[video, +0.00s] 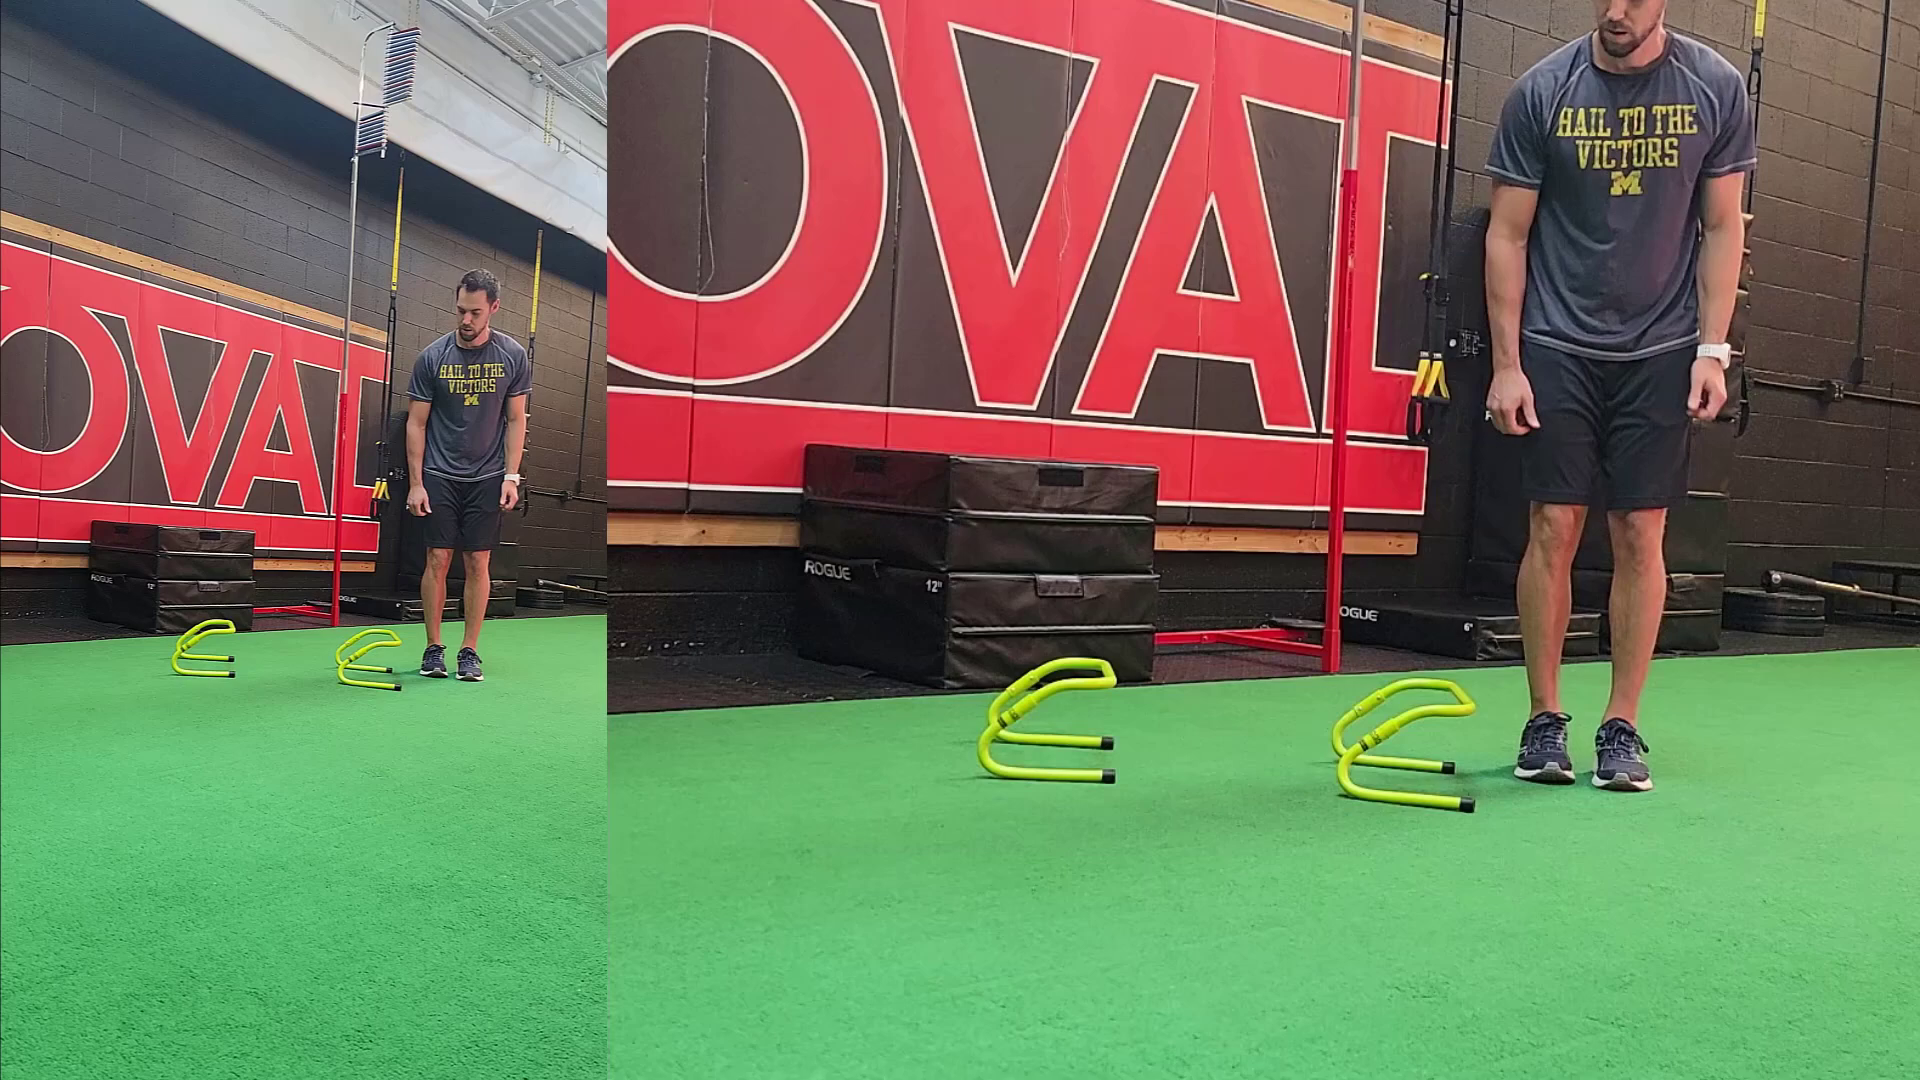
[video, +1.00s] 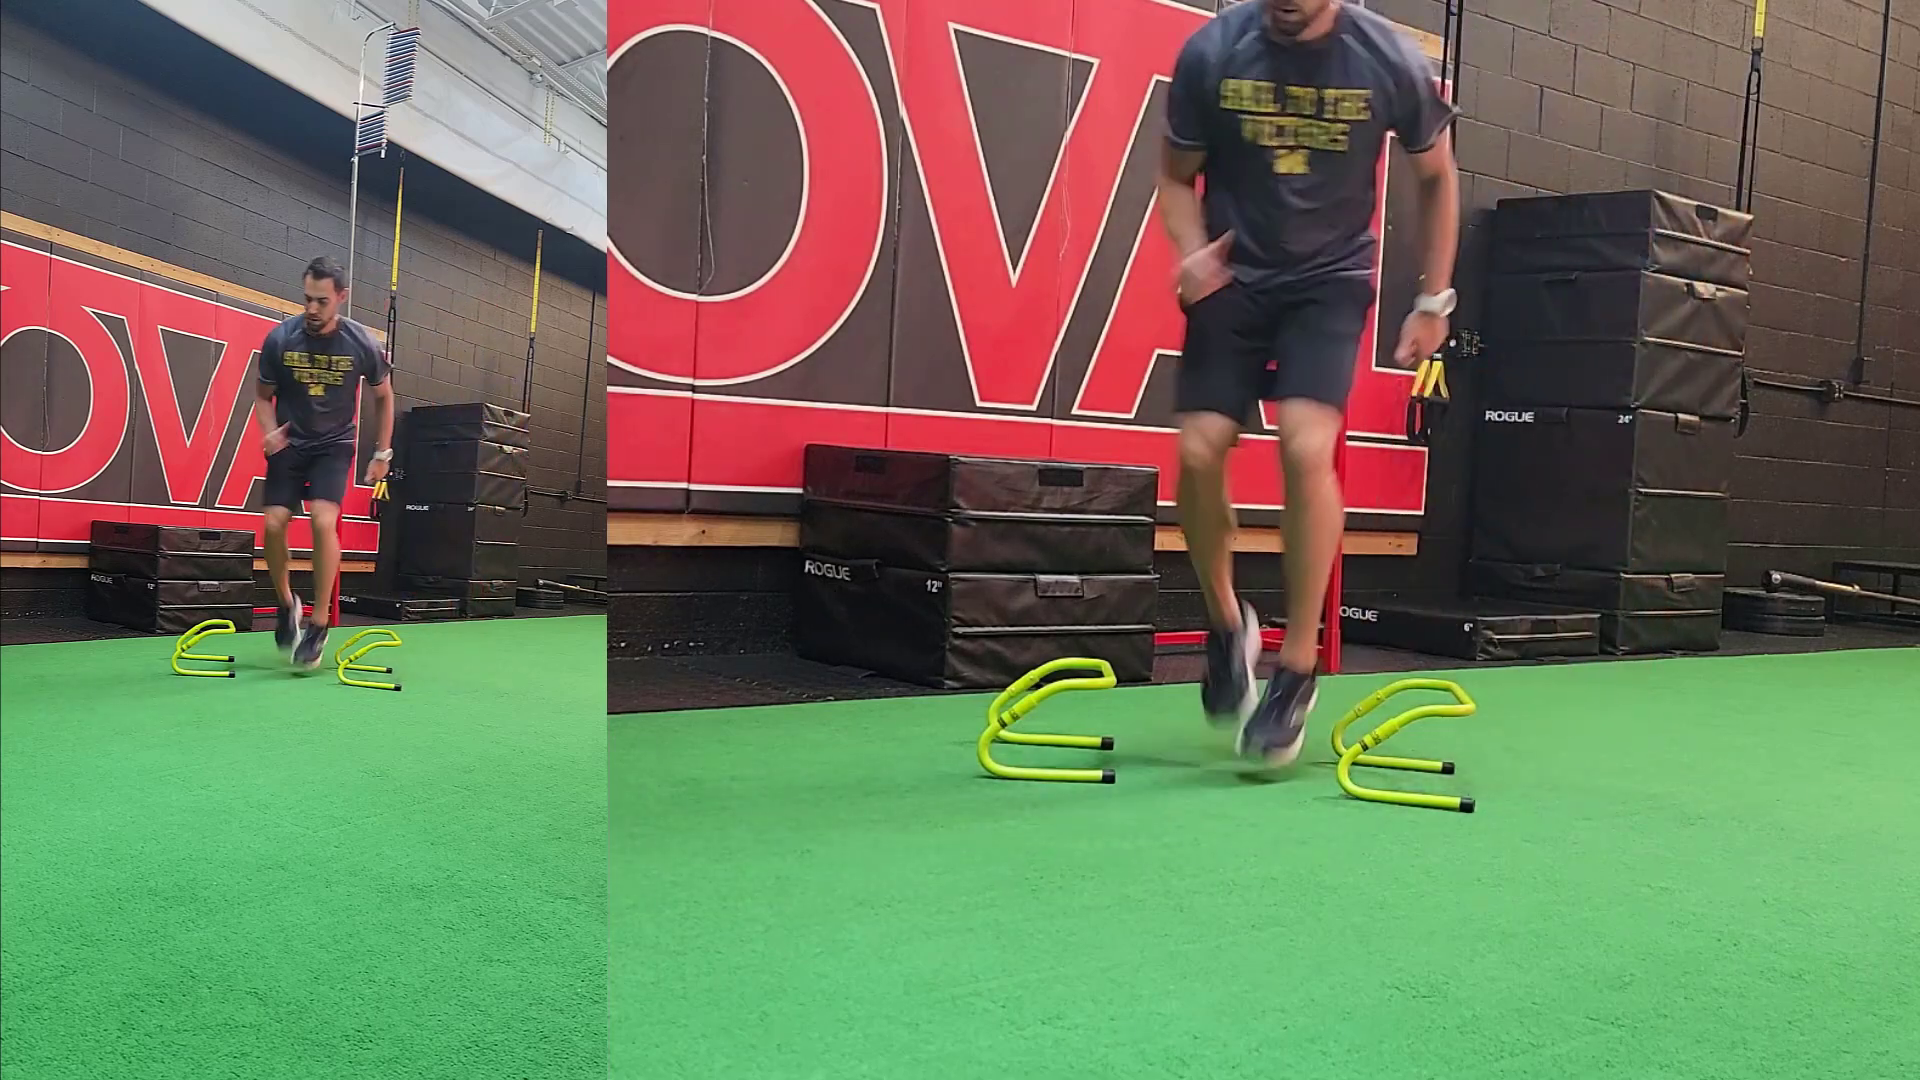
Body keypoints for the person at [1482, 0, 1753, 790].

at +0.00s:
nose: (1618, 14)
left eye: (1635, 2)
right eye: (1607, 2)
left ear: (1665, 2)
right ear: (1594, 3)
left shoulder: (1717, 88)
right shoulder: (1540, 91)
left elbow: (1724, 227)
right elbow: (1507, 232)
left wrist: (1712, 347)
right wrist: (1506, 361)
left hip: (1662, 350)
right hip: (1556, 347)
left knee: (1639, 531)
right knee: (1555, 526)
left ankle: (1621, 726)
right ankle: (1544, 720)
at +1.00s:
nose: (1284, 7)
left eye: (1301, 0)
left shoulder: (1395, 61)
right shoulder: (1211, 53)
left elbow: (1436, 176)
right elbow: (1177, 178)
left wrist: (1433, 298)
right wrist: (1189, 249)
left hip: (1331, 281)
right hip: (1231, 277)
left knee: (1305, 448)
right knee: (1197, 451)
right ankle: (1226, 623)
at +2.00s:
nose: (1125, 16)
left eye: (1137, 2)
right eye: (1108, 4)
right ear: (1080, 3)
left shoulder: (1207, 71)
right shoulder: (1021, 67)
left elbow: (1270, 177)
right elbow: (994, 172)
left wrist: (1271, 296)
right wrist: (1022, 213)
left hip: (1154, 296)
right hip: (1045, 296)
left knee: (1158, 469)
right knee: (973, 466)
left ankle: (1213, 636)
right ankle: (884, 666)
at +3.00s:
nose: (1652, 182)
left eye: (1669, 164)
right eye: (1636, 160)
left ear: (1685, 149)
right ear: (1596, 135)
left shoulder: (1672, 211)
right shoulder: (1517, 230)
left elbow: (1618, 284)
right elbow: (1463, 380)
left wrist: (1619, 345)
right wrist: (1591, 397)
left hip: (1594, 392)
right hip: (1498, 397)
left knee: (1640, 537)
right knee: (1590, 522)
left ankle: (1609, 726)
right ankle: (1570, 592)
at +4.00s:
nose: (1127, 11)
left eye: (1143, 3)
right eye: (1114, 2)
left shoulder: (1224, 62)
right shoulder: (1043, 46)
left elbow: (1283, 185)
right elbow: (1008, 150)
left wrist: (1273, 314)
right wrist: (1020, 216)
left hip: (1172, 281)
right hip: (1066, 270)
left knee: (1175, 450)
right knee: (988, 437)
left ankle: (1225, 632)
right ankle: (911, 614)